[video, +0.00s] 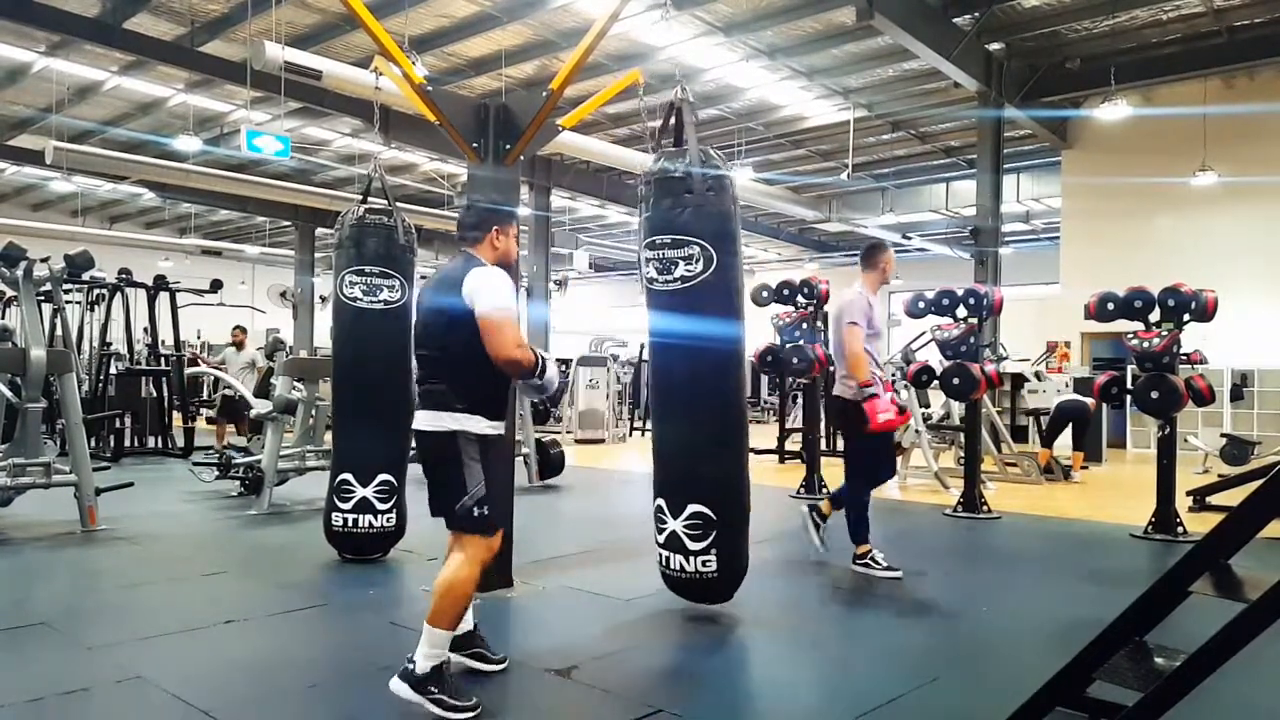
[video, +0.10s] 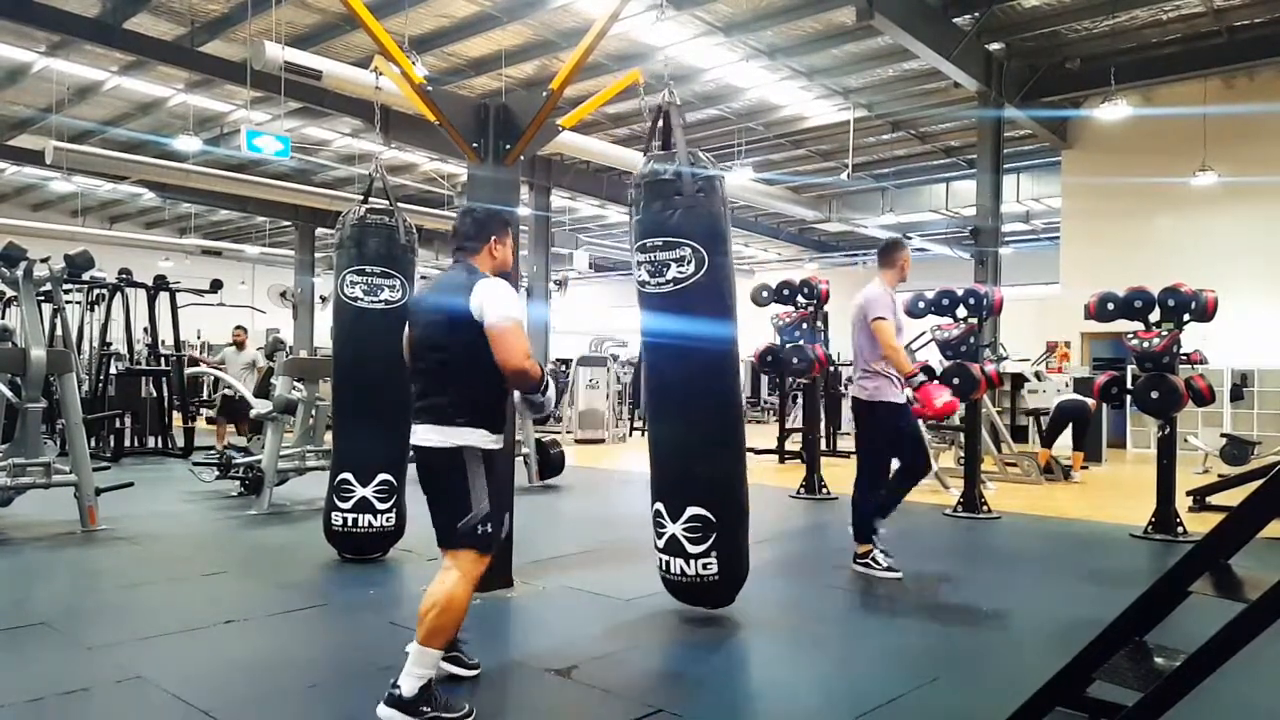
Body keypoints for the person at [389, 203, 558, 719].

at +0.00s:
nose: (518, 246)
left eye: (517, 236)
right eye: (516, 235)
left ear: (475, 235)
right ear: (496, 235)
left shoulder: (444, 278)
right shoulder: (488, 278)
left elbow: (450, 355)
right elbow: (508, 352)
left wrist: (523, 372)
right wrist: (540, 365)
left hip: (443, 425)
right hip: (466, 428)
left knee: (476, 536)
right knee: (476, 543)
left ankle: (460, 633)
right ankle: (423, 669)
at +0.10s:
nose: (514, 256)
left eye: (514, 247)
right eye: (512, 246)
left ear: (465, 245)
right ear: (494, 245)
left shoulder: (429, 291)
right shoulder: (493, 290)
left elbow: (412, 355)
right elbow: (515, 363)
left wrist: (478, 374)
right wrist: (539, 384)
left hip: (431, 438)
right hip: (467, 441)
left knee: (462, 552)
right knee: (468, 559)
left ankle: (439, 642)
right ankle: (410, 688)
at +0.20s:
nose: (515, 266)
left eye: (514, 256)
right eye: (513, 255)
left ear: (465, 254)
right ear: (494, 254)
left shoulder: (428, 300)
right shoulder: (487, 304)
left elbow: (411, 369)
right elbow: (515, 382)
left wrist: (485, 383)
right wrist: (543, 385)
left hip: (431, 451)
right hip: (464, 455)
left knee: (460, 561)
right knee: (465, 570)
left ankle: (436, 645)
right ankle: (407, 693)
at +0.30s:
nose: (518, 251)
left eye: (517, 241)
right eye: (515, 241)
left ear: (469, 241)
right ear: (497, 241)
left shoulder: (434, 285)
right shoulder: (488, 285)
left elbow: (410, 355)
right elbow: (504, 359)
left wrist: (475, 359)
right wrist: (531, 353)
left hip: (431, 433)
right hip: (459, 437)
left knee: (458, 545)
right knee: (460, 551)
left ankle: (440, 634)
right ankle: (412, 682)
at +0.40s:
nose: (518, 257)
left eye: (517, 247)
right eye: (516, 247)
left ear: (473, 245)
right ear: (496, 245)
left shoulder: (441, 284)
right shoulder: (482, 286)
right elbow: (508, 359)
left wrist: (520, 342)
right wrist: (536, 343)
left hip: (437, 433)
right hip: (453, 436)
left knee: (463, 546)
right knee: (474, 550)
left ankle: (437, 638)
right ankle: (400, 671)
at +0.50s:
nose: (518, 275)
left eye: (518, 265)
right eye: (516, 265)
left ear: (479, 257)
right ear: (498, 259)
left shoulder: (446, 296)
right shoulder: (479, 304)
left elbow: (479, 369)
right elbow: (509, 380)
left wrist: (518, 359)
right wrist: (536, 366)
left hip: (447, 448)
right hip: (449, 452)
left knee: (485, 538)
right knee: (457, 566)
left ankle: (442, 630)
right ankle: (389, 685)